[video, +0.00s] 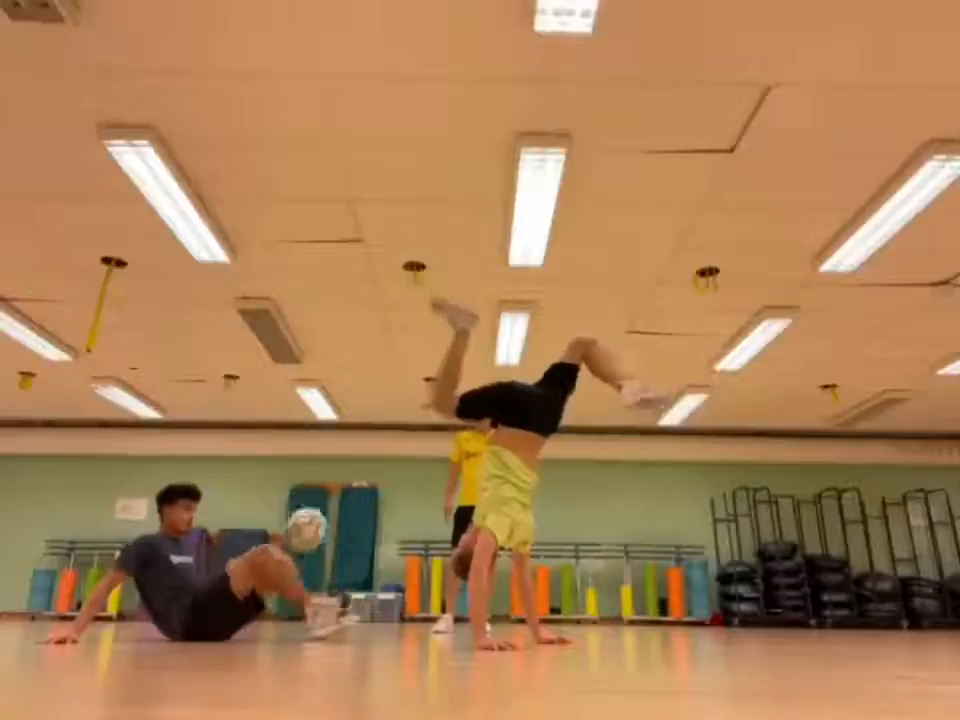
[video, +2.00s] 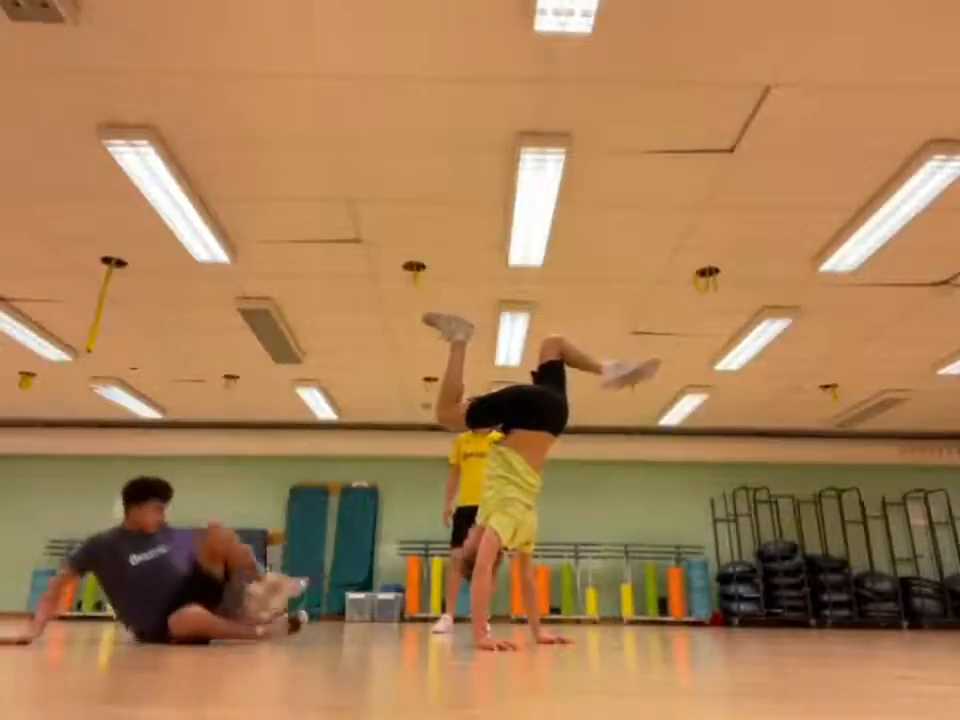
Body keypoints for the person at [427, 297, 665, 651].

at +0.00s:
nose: (478, 558)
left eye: (470, 557)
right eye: (474, 557)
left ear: (468, 549)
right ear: (469, 544)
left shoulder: (519, 533)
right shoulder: (490, 528)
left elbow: (524, 585)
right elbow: (480, 577)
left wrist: (537, 633)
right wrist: (481, 637)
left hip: (543, 416)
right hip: (516, 407)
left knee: (582, 345)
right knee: (444, 405)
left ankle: (629, 388)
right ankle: (462, 332)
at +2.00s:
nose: (480, 558)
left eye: (466, 554)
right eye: (473, 557)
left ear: (467, 545)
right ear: (472, 543)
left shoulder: (523, 536)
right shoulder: (493, 527)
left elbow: (528, 583)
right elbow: (481, 575)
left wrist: (537, 631)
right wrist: (481, 635)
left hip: (552, 413)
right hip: (530, 410)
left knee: (552, 345)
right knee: (449, 414)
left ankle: (607, 370)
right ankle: (458, 341)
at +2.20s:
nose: (482, 560)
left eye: (468, 553)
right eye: (475, 557)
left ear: (471, 546)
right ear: (473, 543)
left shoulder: (524, 536)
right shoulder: (494, 528)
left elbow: (527, 584)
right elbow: (482, 575)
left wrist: (537, 631)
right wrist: (481, 635)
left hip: (553, 414)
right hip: (532, 408)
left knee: (555, 344)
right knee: (451, 416)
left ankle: (610, 369)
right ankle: (458, 342)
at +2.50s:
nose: (485, 562)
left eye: (484, 566)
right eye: (482, 563)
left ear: (474, 548)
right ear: (475, 543)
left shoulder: (525, 534)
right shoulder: (495, 527)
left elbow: (527, 582)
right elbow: (482, 575)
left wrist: (537, 631)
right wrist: (481, 636)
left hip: (554, 414)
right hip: (533, 408)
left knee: (557, 343)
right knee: (452, 416)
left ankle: (612, 370)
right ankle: (459, 342)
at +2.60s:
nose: (484, 567)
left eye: (484, 569)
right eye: (483, 567)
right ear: (477, 542)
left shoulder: (525, 535)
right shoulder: (495, 527)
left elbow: (527, 583)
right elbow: (481, 574)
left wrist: (536, 632)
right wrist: (481, 636)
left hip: (554, 415)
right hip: (533, 408)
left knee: (558, 344)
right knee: (452, 417)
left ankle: (613, 371)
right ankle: (461, 340)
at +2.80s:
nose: (485, 567)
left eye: (485, 572)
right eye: (484, 568)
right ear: (478, 550)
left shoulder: (524, 536)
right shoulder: (492, 528)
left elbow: (527, 584)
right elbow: (481, 577)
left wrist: (536, 632)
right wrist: (480, 636)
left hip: (554, 415)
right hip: (530, 408)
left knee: (560, 344)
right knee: (451, 416)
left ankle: (614, 375)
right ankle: (462, 338)